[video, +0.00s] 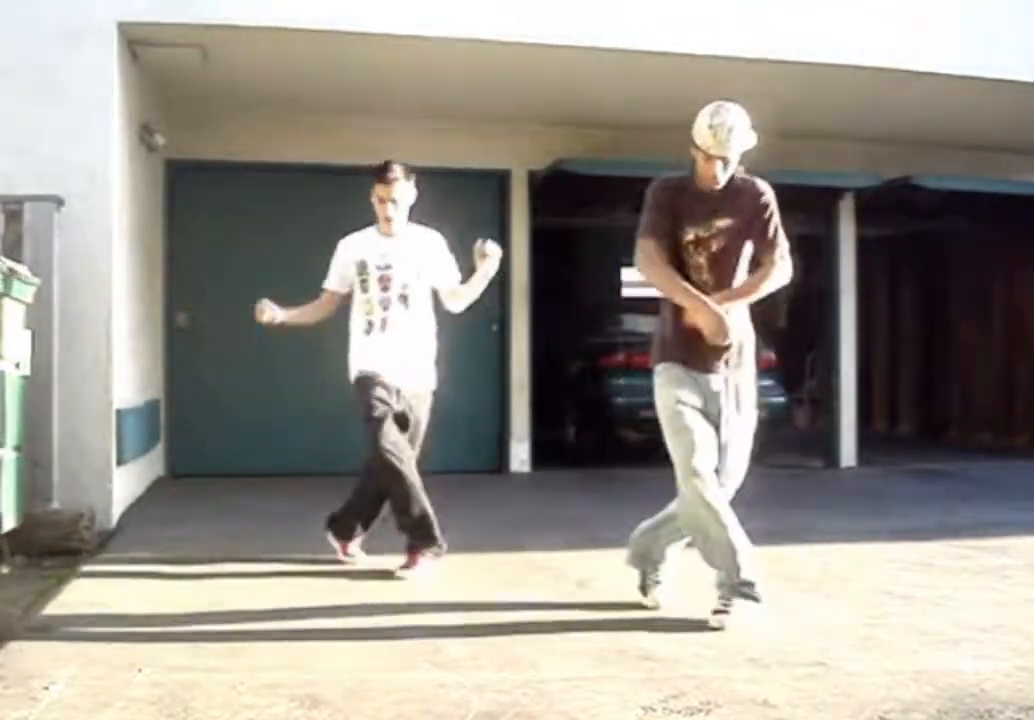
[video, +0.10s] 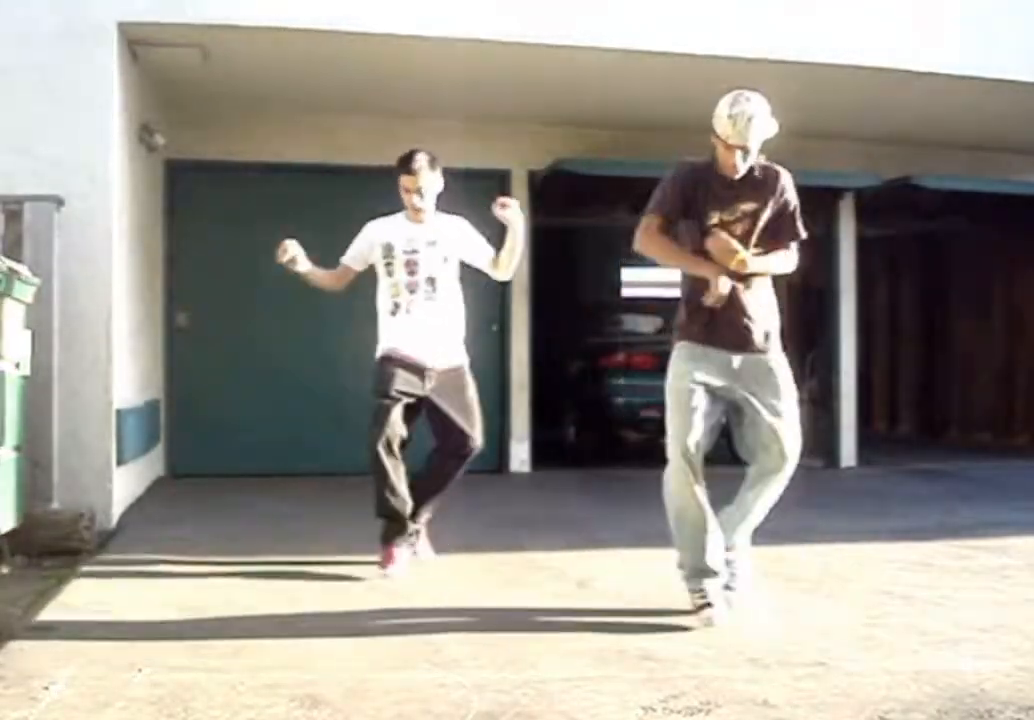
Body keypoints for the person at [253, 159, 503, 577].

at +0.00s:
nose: (388, 208)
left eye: (396, 200)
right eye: (382, 199)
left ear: (412, 197)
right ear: (372, 198)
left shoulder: (430, 244)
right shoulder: (352, 247)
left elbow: (455, 301)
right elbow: (326, 306)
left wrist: (486, 270)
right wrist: (282, 315)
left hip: (418, 367)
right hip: (371, 362)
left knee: (399, 457)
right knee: (387, 446)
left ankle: (346, 528)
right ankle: (425, 542)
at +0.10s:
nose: (416, 198)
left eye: (424, 190)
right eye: (409, 190)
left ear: (439, 185)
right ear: (399, 187)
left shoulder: (456, 229)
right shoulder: (378, 233)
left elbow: (501, 270)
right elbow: (338, 281)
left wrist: (515, 226)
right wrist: (303, 266)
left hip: (448, 357)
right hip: (399, 353)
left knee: (464, 441)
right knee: (385, 439)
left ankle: (414, 513)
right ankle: (396, 536)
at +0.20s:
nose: (442, 202)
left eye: (449, 194)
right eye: (435, 194)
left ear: (466, 191)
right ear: (427, 191)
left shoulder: (481, 237)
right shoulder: (408, 237)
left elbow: (511, 283)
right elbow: (372, 289)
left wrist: (534, 247)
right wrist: (348, 264)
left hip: (477, 361)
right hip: (424, 360)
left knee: (517, 439)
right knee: (398, 448)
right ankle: (365, 540)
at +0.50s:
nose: (461, 196)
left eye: (468, 188)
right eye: (454, 188)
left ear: (478, 188)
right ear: (438, 187)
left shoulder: (494, 225)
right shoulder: (413, 228)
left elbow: (536, 246)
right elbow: (359, 264)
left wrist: (550, 241)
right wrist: (373, 234)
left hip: (481, 357)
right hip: (433, 352)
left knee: (510, 443)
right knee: (418, 436)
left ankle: (545, 529)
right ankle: (398, 538)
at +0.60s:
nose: (433, 182)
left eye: (440, 174)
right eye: (426, 173)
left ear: (448, 177)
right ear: (410, 172)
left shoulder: (461, 221)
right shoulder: (383, 220)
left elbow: (493, 271)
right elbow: (349, 276)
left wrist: (466, 278)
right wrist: (384, 282)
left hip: (454, 339)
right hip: (406, 338)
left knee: (481, 430)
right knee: (422, 428)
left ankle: (450, 514)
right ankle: (442, 529)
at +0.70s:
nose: (405, 197)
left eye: (413, 190)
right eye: (398, 189)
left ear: (422, 192)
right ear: (383, 188)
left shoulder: (433, 240)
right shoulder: (361, 240)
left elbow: (450, 304)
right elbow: (354, 306)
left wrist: (425, 288)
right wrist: (390, 294)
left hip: (432, 348)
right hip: (389, 352)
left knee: (448, 447)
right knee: (423, 443)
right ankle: (461, 541)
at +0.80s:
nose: (378, 197)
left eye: (385, 188)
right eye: (371, 188)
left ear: (399, 188)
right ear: (359, 188)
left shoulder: (416, 237)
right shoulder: (339, 237)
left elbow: (438, 301)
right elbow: (320, 304)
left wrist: (446, 257)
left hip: (407, 354)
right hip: (362, 350)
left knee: (400, 449)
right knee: (377, 436)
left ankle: (362, 531)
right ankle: (432, 530)